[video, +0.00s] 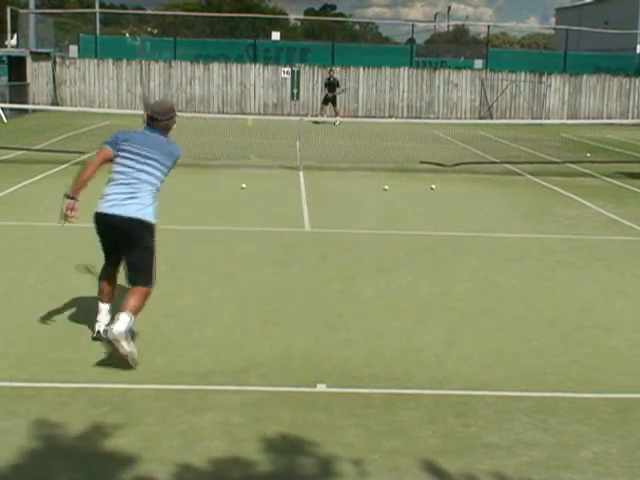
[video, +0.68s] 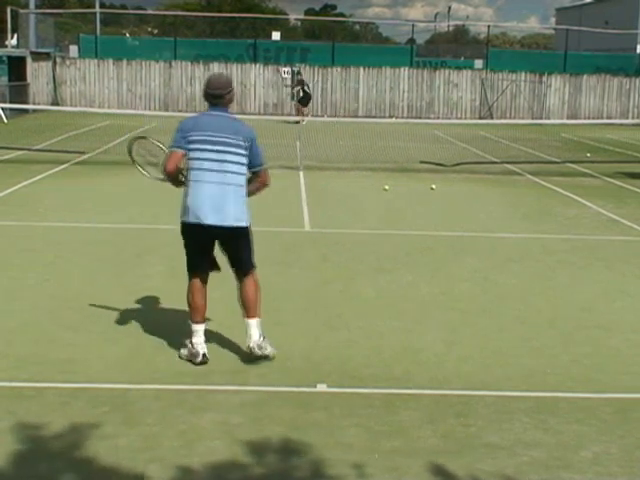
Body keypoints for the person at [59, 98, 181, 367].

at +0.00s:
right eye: (171, 123)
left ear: (146, 119)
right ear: (172, 125)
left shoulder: (123, 137)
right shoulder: (173, 151)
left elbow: (96, 161)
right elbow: (154, 173)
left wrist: (73, 195)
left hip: (107, 214)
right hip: (139, 219)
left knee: (111, 263)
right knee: (142, 284)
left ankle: (101, 322)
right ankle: (120, 328)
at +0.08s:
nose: (173, 121)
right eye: (175, 119)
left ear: (152, 117)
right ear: (175, 121)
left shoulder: (128, 135)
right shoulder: (177, 148)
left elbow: (102, 163)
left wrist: (85, 198)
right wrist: (151, 116)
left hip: (116, 213)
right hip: (149, 217)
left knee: (115, 262)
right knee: (159, 278)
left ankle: (103, 321)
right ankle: (144, 323)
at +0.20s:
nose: (187, 113)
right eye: (188, 109)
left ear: (163, 110)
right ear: (188, 113)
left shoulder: (142, 131)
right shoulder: (192, 139)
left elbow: (117, 161)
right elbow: (174, 144)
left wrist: (108, 198)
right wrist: (156, 125)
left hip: (132, 212)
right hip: (167, 217)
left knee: (122, 265)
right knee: (185, 269)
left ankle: (103, 321)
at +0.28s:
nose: (196, 109)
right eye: (197, 106)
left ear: (172, 107)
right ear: (197, 109)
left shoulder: (152, 129)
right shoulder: (207, 137)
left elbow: (132, 164)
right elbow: (196, 160)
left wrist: (123, 189)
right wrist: (159, 132)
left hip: (147, 211)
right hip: (184, 214)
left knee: (129, 263)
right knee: (197, 267)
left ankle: (108, 319)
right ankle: (209, 328)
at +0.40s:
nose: (213, 105)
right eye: (212, 102)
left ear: (184, 105)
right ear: (209, 106)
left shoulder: (169, 131)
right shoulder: (220, 135)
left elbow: (143, 170)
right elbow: (224, 170)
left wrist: (139, 173)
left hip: (170, 214)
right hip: (206, 218)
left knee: (149, 264)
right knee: (211, 268)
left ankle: (138, 325)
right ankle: (213, 330)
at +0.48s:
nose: (217, 98)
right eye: (217, 95)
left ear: (189, 96)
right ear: (215, 97)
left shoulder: (174, 123)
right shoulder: (228, 129)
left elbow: (151, 166)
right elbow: (235, 172)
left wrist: (160, 153)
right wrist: (208, 170)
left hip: (177, 208)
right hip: (214, 212)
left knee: (167, 259)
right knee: (215, 264)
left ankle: (172, 325)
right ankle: (216, 328)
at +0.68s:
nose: (228, 99)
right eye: (229, 95)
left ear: (205, 97)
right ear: (231, 98)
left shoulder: (189, 126)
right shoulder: (245, 131)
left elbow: (170, 167)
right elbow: (262, 179)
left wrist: (180, 181)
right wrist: (236, 193)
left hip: (196, 216)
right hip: (233, 217)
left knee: (197, 276)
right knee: (247, 273)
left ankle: (197, 344)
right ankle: (255, 339)